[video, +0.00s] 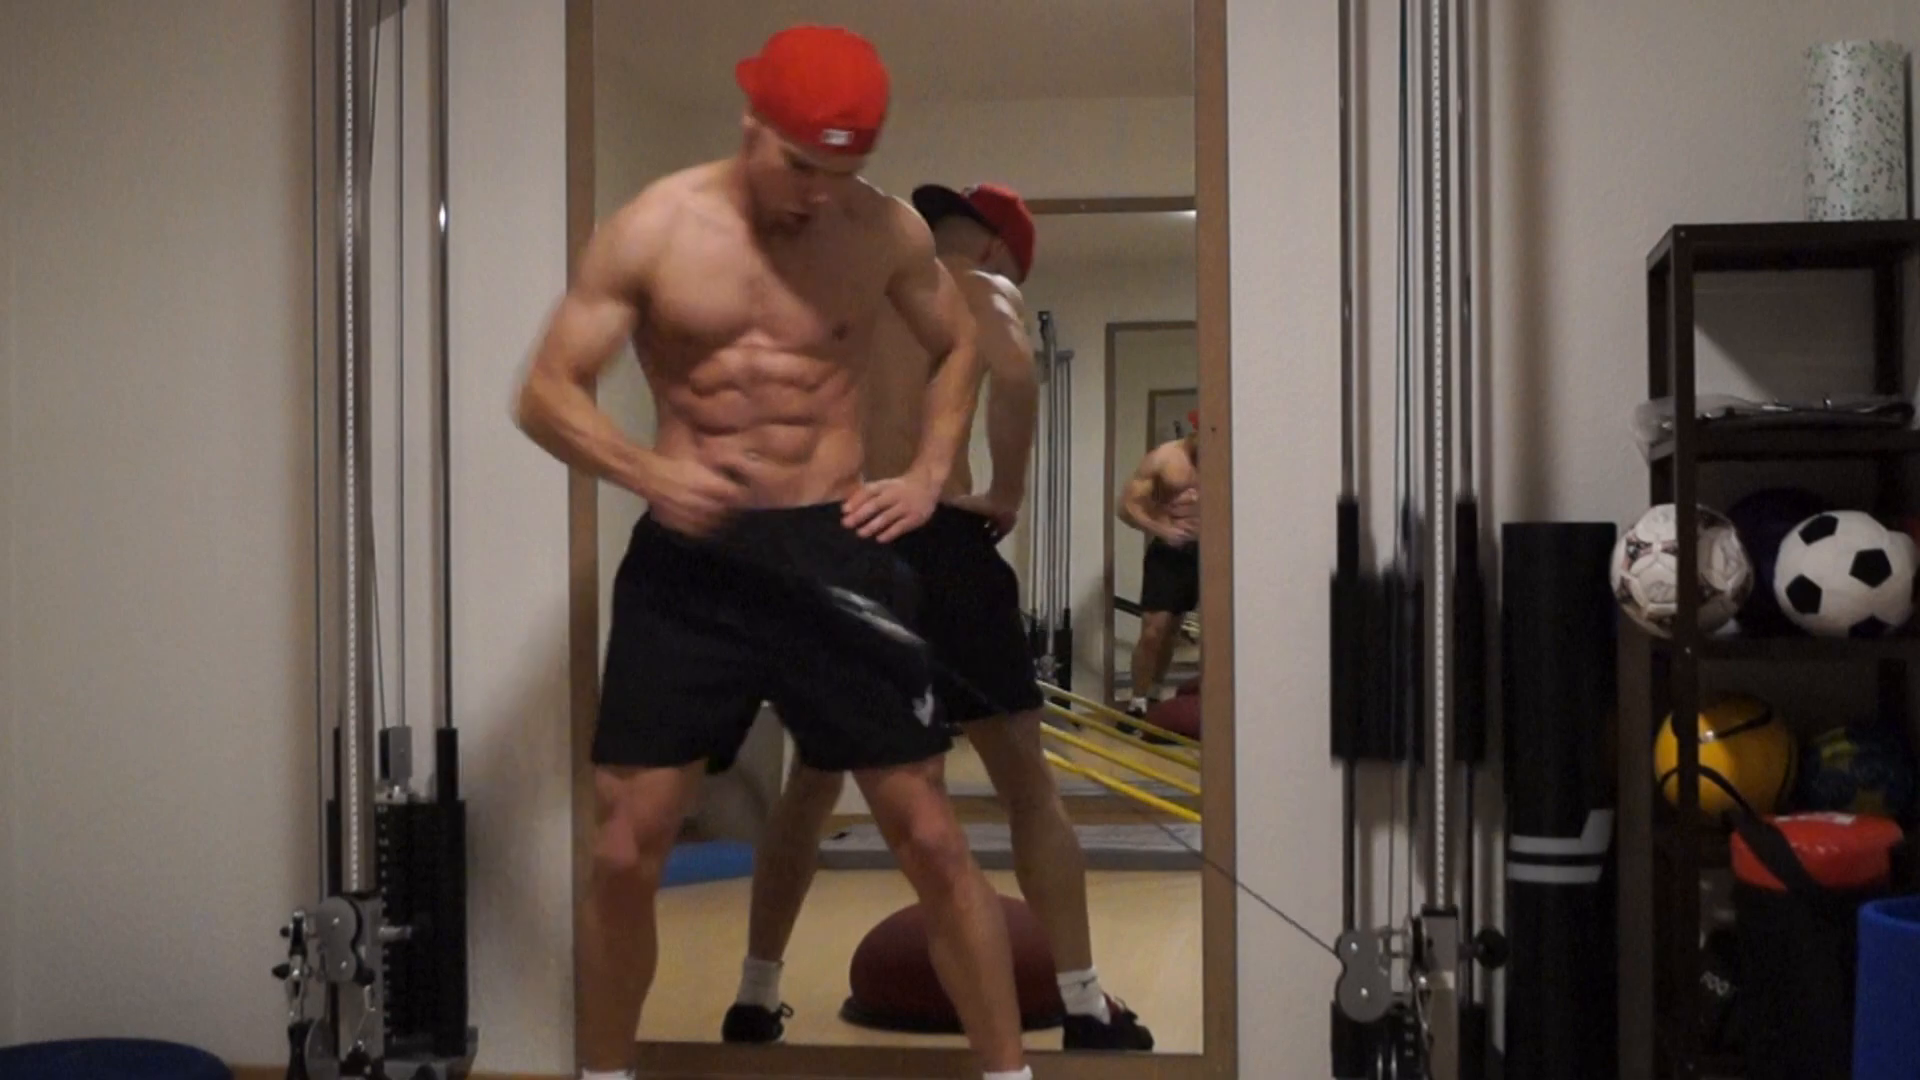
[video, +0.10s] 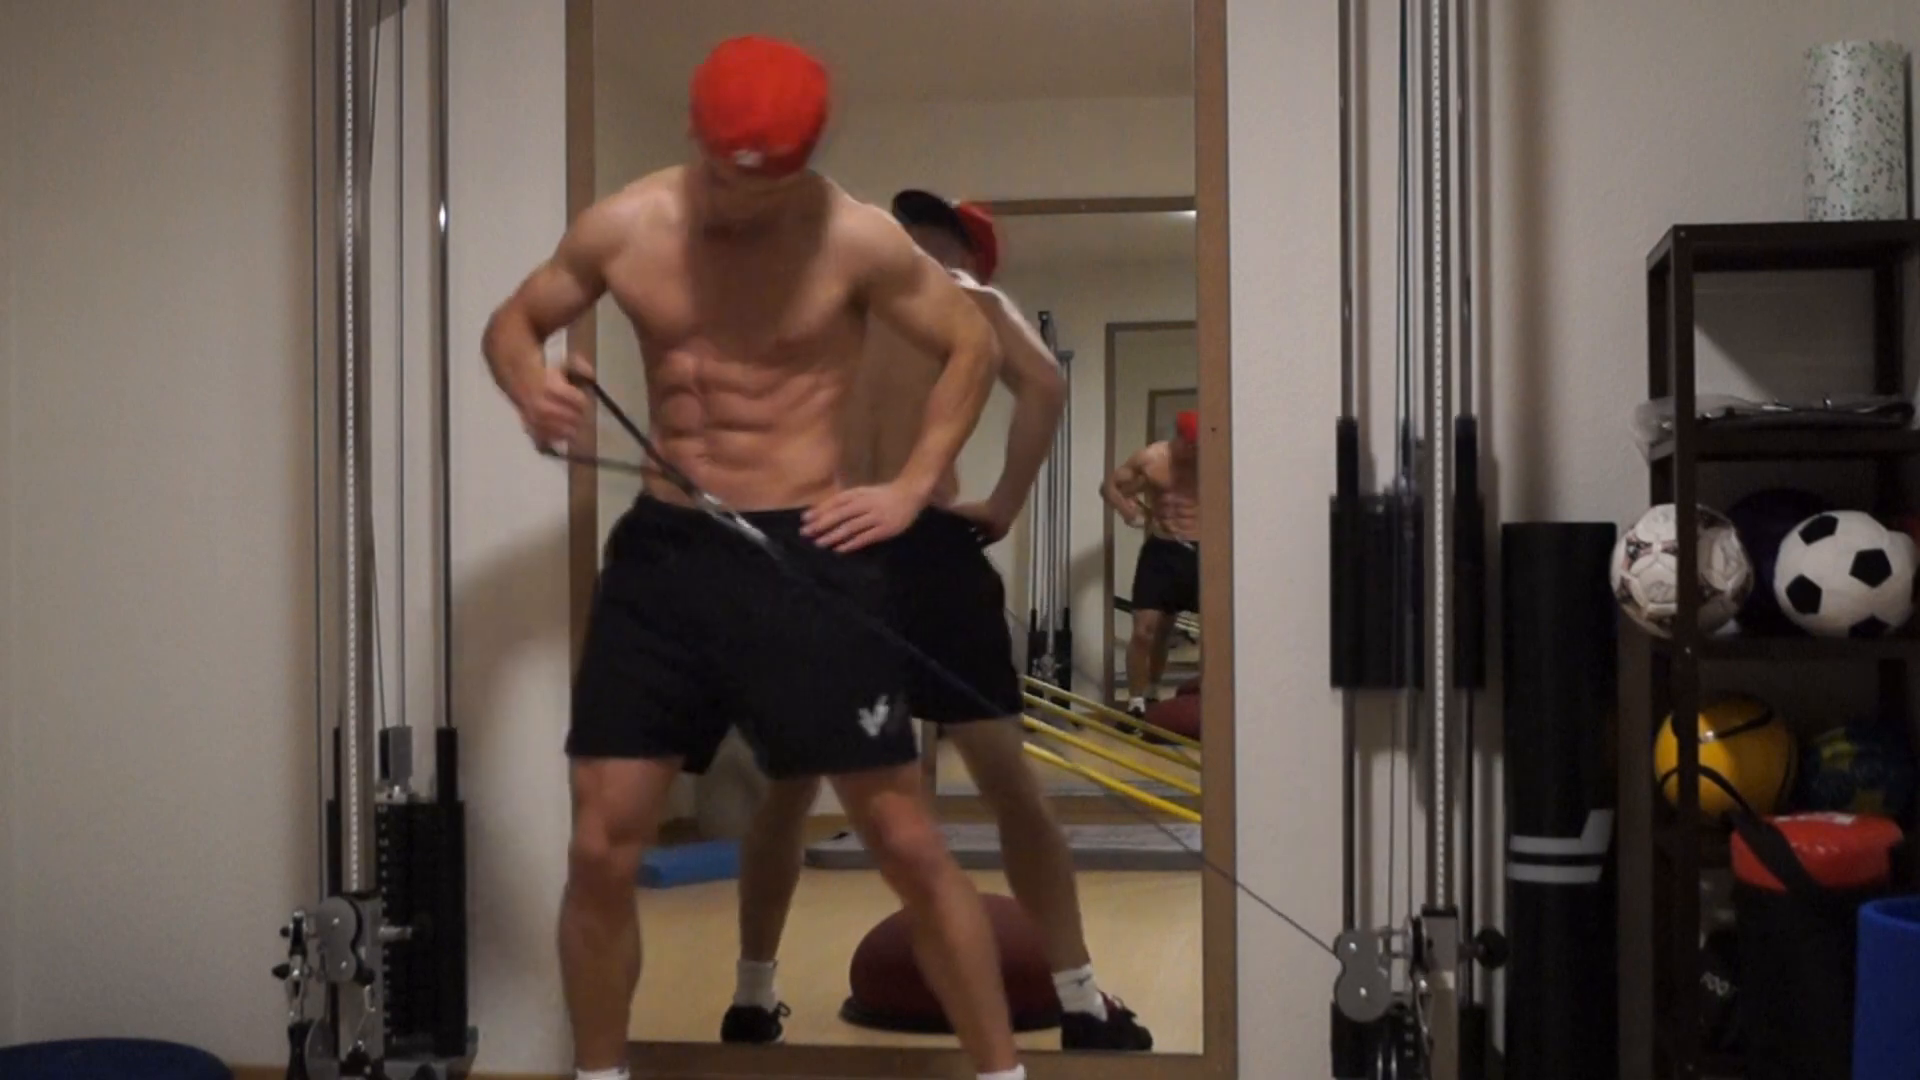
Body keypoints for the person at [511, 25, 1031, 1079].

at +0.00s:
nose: (820, 192)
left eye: (842, 172)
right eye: (801, 166)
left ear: (863, 151)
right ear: (752, 121)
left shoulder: (885, 232)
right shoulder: (655, 225)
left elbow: (960, 345)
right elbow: (544, 392)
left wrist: (930, 474)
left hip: (842, 561)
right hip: (687, 568)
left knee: (931, 839)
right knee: (621, 853)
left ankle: (1006, 1073)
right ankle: (604, 1075)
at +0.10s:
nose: (734, 187)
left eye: (759, 172)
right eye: (722, 164)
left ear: (805, 155)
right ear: (698, 133)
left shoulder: (860, 242)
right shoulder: (626, 225)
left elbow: (975, 344)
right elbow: (512, 324)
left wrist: (913, 483)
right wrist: (531, 386)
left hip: (817, 558)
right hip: (668, 555)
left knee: (908, 843)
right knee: (601, 849)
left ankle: (1003, 1073)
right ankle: (602, 1075)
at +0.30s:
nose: (689, 205)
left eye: (713, 187)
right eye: (673, 181)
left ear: (763, 158)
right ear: (652, 153)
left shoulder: (827, 240)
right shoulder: (616, 224)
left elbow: (971, 359)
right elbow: (506, 324)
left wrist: (895, 504)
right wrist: (538, 383)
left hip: (801, 566)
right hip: (659, 551)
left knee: (889, 843)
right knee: (595, 844)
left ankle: (993, 1074)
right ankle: (600, 1076)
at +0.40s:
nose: (724, 198)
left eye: (747, 180)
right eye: (706, 176)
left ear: (789, 151)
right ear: (678, 145)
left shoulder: (850, 233)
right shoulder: (625, 228)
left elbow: (979, 343)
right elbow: (506, 363)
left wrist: (918, 483)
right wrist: (585, 417)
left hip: (820, 565)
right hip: (670, 562)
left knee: (908, 847)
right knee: (607, 847)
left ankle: (997, 1073)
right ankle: (602, 1076)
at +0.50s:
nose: (810, 190)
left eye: (830, 172)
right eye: (791, 170)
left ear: (853, 148)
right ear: (740, 135)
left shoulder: (888, 224)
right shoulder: (665, 227)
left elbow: (958, 334)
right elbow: (575, 409)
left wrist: (959, 458)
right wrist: (726, 473)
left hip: (853, 554)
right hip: (702, 561)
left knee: (945, 837)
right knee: (636, 855)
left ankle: (1009, 1074)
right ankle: (601, 1076)